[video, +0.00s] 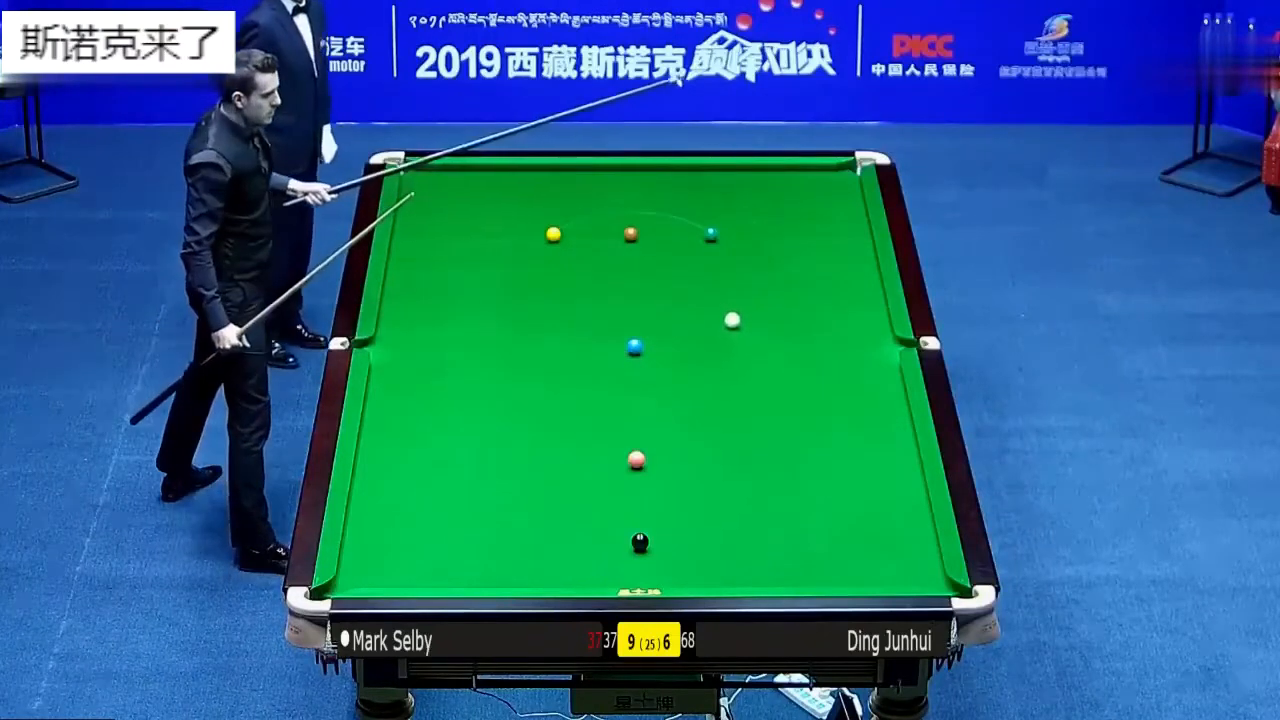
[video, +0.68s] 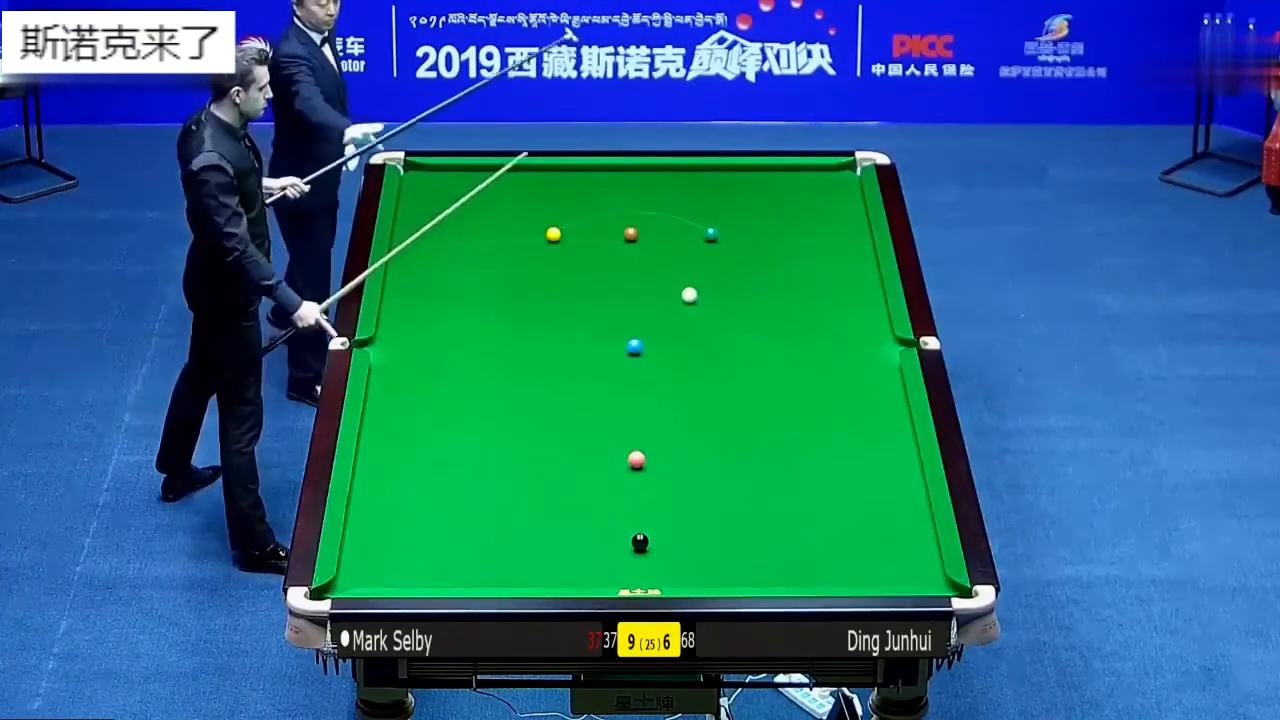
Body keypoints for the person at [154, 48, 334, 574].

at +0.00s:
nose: (276, 103)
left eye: (277, 94)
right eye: (269, 96)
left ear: (250, 94)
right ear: (240, 97)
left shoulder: (240, 123)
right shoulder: (214, 158)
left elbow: (248, 182)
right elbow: (196, 247)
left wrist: (294, 188)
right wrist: (217, 321)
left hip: (238, 286)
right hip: (233, 296)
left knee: (201, 381)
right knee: (251, 422)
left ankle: (176, 473)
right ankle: (254, 545)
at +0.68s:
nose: (268, 95)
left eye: (267, 86)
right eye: (262, 87)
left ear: (236, 88)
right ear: (235, 92)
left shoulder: (222, 121)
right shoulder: (210, 162)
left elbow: (228, 185)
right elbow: (236, 245)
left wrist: (265, 188)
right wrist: (291, 301)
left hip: (219, 284)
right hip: (228, 296)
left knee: (199, 375)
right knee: (242, 422)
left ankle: (176, 470)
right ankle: (253, 545)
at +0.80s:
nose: (267, 94)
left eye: (266, 85)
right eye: (260, 87)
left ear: (233, 87)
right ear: (234, 91)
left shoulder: (215, 123)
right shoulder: (213, 161)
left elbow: (224, 188)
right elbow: (244, 244)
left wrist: (262, 188)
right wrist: (302, 301)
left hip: (216, 283)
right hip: (230, 296)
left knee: (196, 379)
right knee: (241, 426)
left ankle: (176, 472)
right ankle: (253, 546)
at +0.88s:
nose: (267, 94)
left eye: (266, 85)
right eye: (260, 87)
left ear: (232, 86)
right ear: (234, 91)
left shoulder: (212, 123)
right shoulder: (214, 161)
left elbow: (221, 190)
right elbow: (244, 244)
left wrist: (261, 190)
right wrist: (301, 301)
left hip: (215, 282)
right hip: (230, 296)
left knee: (196, 379)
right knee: (241, 425)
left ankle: (175, 472)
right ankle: (253, 546)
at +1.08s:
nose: (267, 95)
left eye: (266, 86)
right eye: (261, 88)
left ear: (232, 87)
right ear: (236, 91)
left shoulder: (209, 123)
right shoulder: (214, 161)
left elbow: (223, 189)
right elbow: (245, 245)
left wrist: (264, 192)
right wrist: (301, 301)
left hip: (213, 281)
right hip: (229, 295)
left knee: (195, 379)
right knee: (241, 424)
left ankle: (175, 472)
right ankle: (254, 546)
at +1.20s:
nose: (267, 95)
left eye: (265, 86)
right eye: (261, 87)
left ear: (231, 86)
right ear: (238, 91)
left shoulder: (207, 122)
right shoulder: (214, 160)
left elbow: (225, 188)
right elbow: (244, 245)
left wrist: (267, 190)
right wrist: (302, 301)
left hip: (212, 280)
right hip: (230, 294)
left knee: (195, 379)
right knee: (241, 424)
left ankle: (175, 472)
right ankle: (253, 545)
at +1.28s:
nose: (266, 96)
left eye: (265, 87)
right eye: (260, 89)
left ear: (230, 87)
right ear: (235, 92)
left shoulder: (207, 122)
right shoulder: (213, 162)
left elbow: (220, 190)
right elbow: (243, 244)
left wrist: (266, 199)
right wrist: (301, 301)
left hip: (211, 279)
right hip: (229, 294)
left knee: (195, 378)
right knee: (241, 424)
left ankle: (175, 472)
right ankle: (253, 546)